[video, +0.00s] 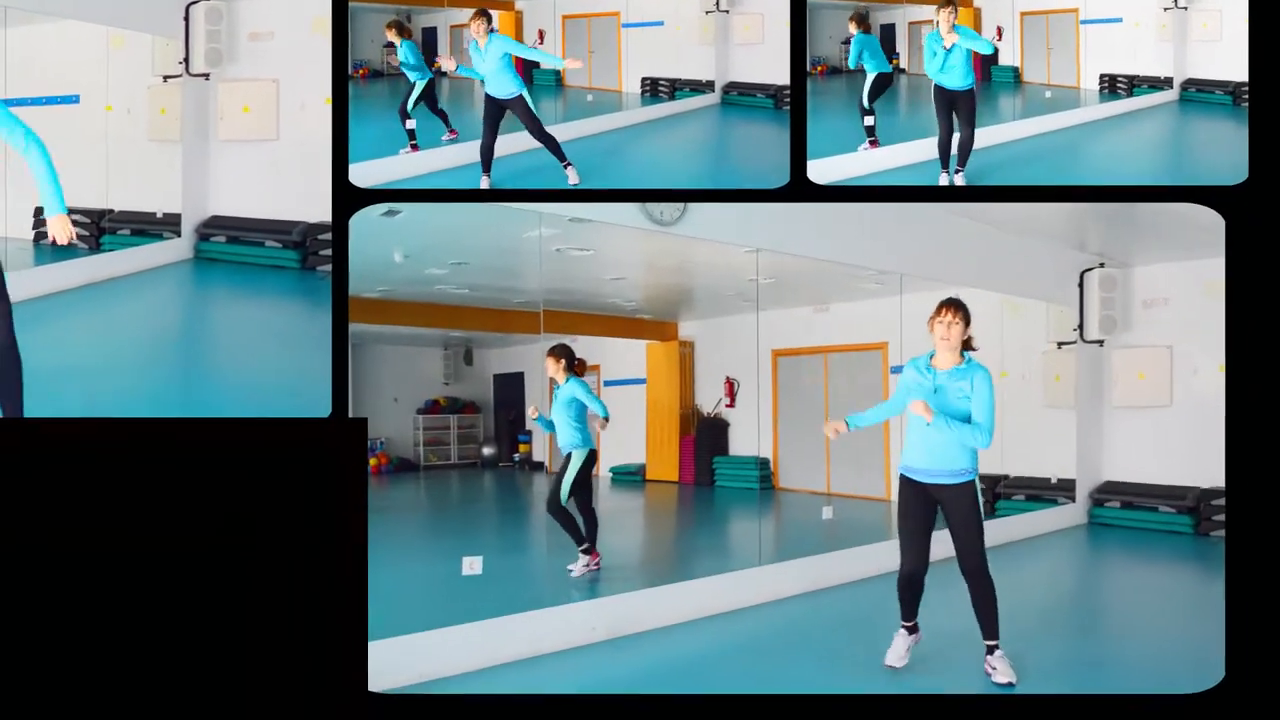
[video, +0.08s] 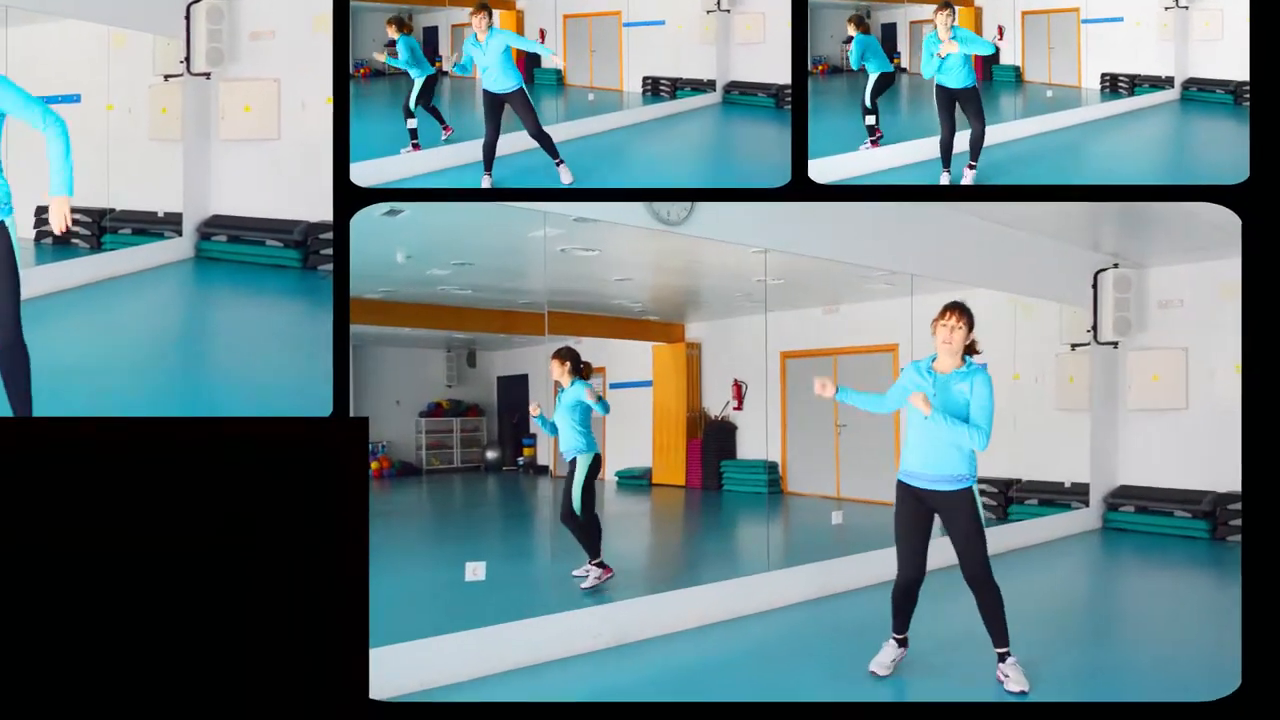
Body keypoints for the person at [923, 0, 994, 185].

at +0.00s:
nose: (948, 16)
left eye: (952, 13)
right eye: (944, 13)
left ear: (956, 16)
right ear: (938, 15)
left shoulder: (964, 32)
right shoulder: (931, 37)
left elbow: (989, 49)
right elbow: (931, 71)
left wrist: (959, 40)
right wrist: (943, 49)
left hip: (965, 89)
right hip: (942, 89)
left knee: (968, 132)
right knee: (946, 132)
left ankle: (959, 172)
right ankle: (944, 172)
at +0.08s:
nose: (945, 19)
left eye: (949, 15)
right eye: (941, 15)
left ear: (954, 19)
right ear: (935, 18)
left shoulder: (962, 34)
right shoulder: (929, 40)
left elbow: (990, 49)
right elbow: (926, 73)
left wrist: (960, 47)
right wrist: (939, 54)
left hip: (967, 87)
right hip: (943, 88)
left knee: (979, 126)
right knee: (948, 131)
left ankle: (971, 168)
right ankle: (946, 172)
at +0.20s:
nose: (942, 20)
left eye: (946, 17)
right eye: (939, 16)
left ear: (952, 19)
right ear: (933, 17)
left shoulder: (961, 33)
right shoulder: (927, 38)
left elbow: (990, 45)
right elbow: (922, 65)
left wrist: (983, 59)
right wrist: (918, 64)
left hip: (970, 85)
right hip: (946, 87)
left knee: (990, 125)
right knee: (949, 130)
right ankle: (946, 172)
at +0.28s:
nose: (944, 18)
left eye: (948, 15)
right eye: (941, 13)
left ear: (953, 17)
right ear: (935, 14)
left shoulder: (962, 31)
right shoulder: (930, 36)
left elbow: (990, 41)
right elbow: (933, 60)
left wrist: (1010, 51)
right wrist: (915, 59)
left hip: (975, 83)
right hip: (952, 86)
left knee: (997, 124)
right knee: (953, 129)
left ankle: (1025, 160)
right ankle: (950, 170)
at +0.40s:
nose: (960, 11)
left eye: (964, 7)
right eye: (957, 7)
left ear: (971, 9)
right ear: (953, 10)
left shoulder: (980, 24)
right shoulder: (956, 26)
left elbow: (1012, 34)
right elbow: (965, 48)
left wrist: (1044, 42)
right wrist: (944, 46)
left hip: (997, 77)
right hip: (976, 79)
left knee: (1022, 113)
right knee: (969, 120)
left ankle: (1051, 148)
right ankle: (968, 158)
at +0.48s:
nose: (980, 2)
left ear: (992, 1)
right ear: (974, 3)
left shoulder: (1004, 14)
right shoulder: (981, 18)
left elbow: (1033, 25)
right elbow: (988, 42)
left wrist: (1064, 32)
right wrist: (970, 36)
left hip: (1021, 68)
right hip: (999, 69)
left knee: (1044, 101)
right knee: (990, 110)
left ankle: (1074, 136)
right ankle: (989, 147)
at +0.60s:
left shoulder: (1053, 2)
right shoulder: (1019, 2)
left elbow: (1081, 2)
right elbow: (1020, 18)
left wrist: (1104, 5)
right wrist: (1000, 13)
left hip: (1061, 37)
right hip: (1038, 40)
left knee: (1084, 79)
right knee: (1036, 83)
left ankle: (1112, 112)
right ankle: (1033, 123)